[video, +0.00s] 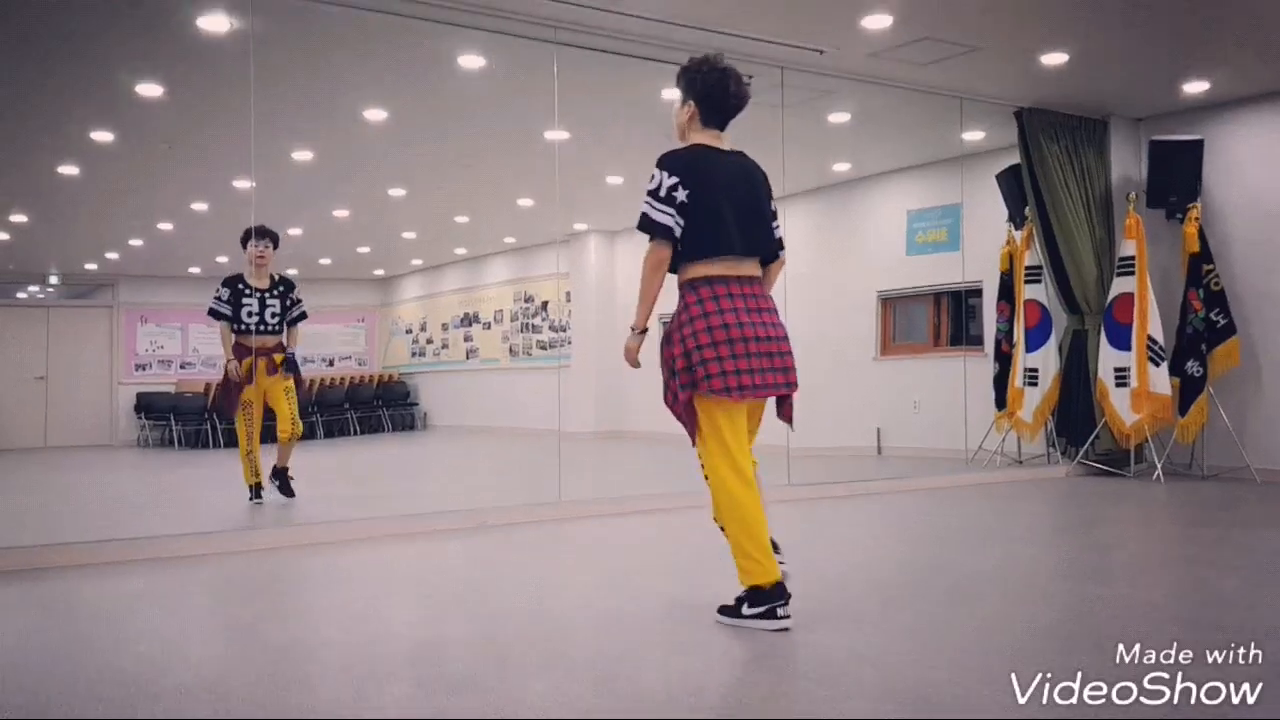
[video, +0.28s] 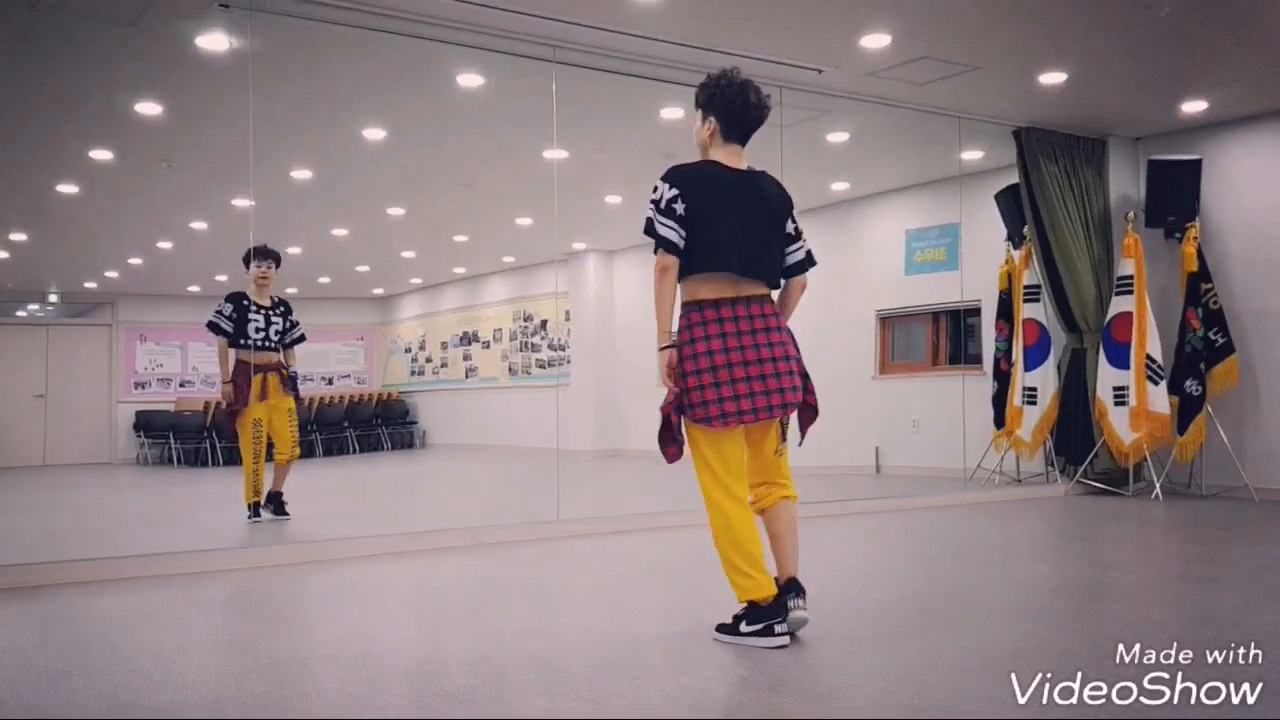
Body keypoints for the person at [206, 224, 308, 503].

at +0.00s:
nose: (261, 252)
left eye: (266, 247)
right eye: (255, 246)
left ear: (274, 252)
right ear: (246, 251)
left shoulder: (285, 286)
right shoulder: (231, 285)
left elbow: (293, 324)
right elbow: (224, 325)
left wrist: (290, 352)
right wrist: (229, 357)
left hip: (278, 361)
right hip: (245, 362)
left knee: (291, 428)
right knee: (248, 431)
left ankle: (280, 470)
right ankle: (254, 485)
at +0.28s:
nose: (264, 272)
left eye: (269, 267)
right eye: (258, 267)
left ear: (277, 272)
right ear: (248, 271)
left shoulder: (282, 306)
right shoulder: (235, 301)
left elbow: (289, 348)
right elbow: (222, 342)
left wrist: (293, 379)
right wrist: (226, 381)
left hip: (279, 378)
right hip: (248, 378)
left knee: (288, 448)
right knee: (253, 448)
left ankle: (275, 495)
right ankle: (254, 503)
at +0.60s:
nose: (271, 272)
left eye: (276, 269)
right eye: (266, 268)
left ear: (282, 276)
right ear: (254, 273)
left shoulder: (291, 312)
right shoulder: (239, 305)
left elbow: (294, 351)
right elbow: (222, 340)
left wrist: (287, 375)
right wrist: (233, 370)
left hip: (276, 385)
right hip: (243, 384)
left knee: (289, 446)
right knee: (244, 449)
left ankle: (290, 504)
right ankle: (250, 507)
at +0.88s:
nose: (272, 282)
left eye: (277, 279)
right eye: (266, 278)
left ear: (283, 286)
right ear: (255, 284)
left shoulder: (296, 317)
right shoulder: (243, 320)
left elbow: (314, 351)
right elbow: (236, 357)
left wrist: (302, 381)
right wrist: (250, 370)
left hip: (285, 395)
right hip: (250, 394)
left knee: (283, 457)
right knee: (240, 456)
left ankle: (276, 506)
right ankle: (250, 506)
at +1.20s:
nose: (273, 277)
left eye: (278, 273)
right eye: (267, 272)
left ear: (283, 279)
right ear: (255, 279)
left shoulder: (290, 313)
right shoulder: (242, 311)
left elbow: (299, 353)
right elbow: (237, 353)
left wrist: (300, 381)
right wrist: (248, 389)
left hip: (288, 385)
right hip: (256, 385)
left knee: (283, 450)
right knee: (247, 449)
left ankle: (271, 506)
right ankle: (244, 502)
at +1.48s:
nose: (265, 279)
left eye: (269, 274)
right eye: (258, 274)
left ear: (275, 280)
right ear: (247, 279)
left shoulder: (276, 315)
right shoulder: (236, 308)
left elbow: (280, 357)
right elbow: (223, 347)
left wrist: (286, 385)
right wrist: (233, 386)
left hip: (274, 383)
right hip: (248, 382)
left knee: (280, 454)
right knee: (254, 454)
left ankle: (267, 505)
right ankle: (238, 508)